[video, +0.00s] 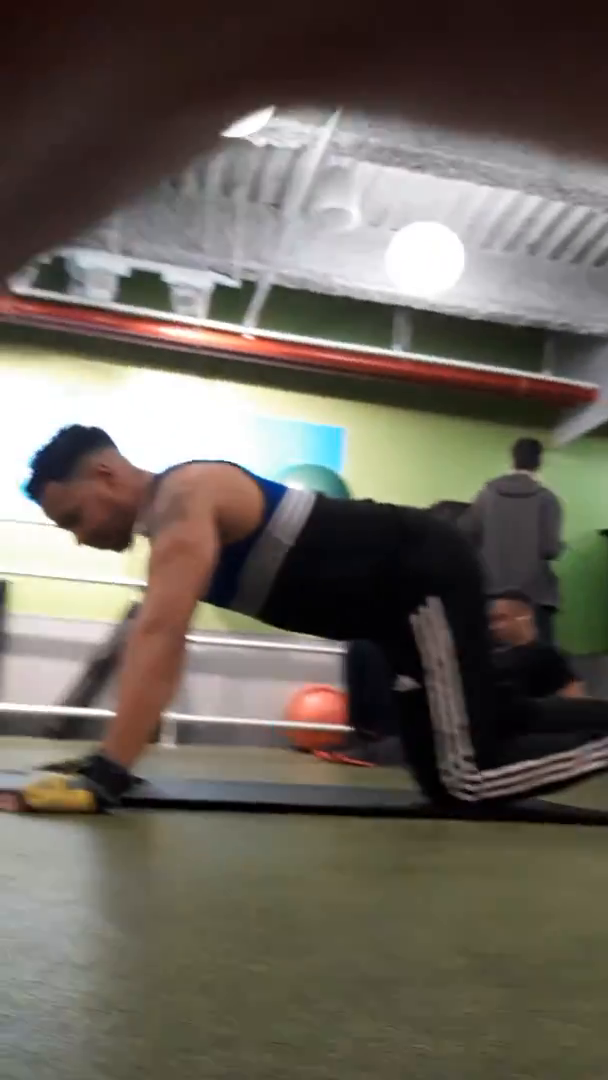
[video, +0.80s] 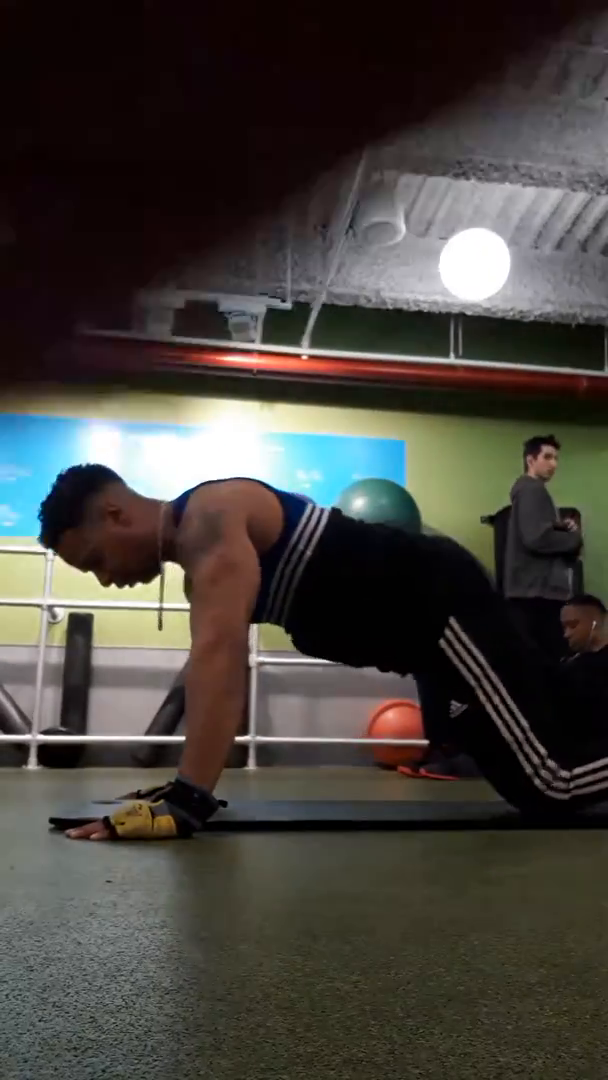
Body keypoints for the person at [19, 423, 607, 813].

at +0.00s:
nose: (80, 538)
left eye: (74, 519)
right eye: (69, 528)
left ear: (109, 476)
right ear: (107, 482)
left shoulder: (185, 495)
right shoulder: (175, 511)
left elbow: (160, 631)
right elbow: (159, 637)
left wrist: (107, 768)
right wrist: (114, 760)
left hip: (422, 578)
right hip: (404, 588)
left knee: (464, 777)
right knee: (448, 767)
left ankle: (601, 735)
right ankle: (589, 716)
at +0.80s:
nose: (105, 579)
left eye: (94, 562)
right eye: (91, 571)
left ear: (118, 515)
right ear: (121, 515)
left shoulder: (212, 517)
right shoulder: (203, 531)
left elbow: (220, 663)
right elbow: (220, 666)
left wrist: (187, 798)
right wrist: (188, 793)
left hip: (440, 605)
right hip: (427, 617)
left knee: (554, 787)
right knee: (534, 774)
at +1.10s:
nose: (78, 574)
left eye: (67, 555)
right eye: (64, 564)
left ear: (95, 510)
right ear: (99, 511)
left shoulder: (189, 515)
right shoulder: (184, 531)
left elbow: (213, 654)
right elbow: (211, 660)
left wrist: (189, 797)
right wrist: (184, 793)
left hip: (428, 594)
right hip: (418, 610)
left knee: (591, 703)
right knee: (553, 742)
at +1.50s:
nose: (63, 594)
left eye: (53, 575)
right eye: (48, 583)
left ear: (78, 534)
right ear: (83, 532)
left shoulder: (174, 543)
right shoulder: (165, 565)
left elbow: (217, 652)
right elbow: (219, 673)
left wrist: (187, 798)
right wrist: (186, 798)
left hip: (421, 642)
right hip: (410, 658)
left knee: (590, 697)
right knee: (568, 712)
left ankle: (591, 622)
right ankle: (588, 626)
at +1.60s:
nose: (48, 630)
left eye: (39, 609)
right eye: (36, 619)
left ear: (70, 565)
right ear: (73, 568)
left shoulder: (160, 577)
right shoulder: (154, 593)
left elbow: (223, 658)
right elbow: (242, 676)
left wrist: (189, 796)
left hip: (399, 670)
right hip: (388, 678)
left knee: (582, 705)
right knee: (565, 705)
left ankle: (591, 628)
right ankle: (589, 629)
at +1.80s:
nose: (21, 712)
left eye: (16, 691)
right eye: (10, 701)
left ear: (53, 640)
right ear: (54, 644)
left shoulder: (129, 647)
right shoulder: (133, 682)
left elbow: (225, 665)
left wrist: (188, 797)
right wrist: (381, 774)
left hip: (406, 713)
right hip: (397, 728)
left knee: (590, 723)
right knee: (568, 711)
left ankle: (592, 637)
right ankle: (591, 634)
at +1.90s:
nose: (25, 747)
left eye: (13, 725)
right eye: (13, 735)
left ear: (39, 680)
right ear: (44, 681)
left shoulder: (122, 672)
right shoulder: (135, 710)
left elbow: (221, 663)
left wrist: (189, 799)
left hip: (392, 726)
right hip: (382, 741)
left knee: (587, 727)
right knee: (556, 718)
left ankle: (593, 638)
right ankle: (589, 636)